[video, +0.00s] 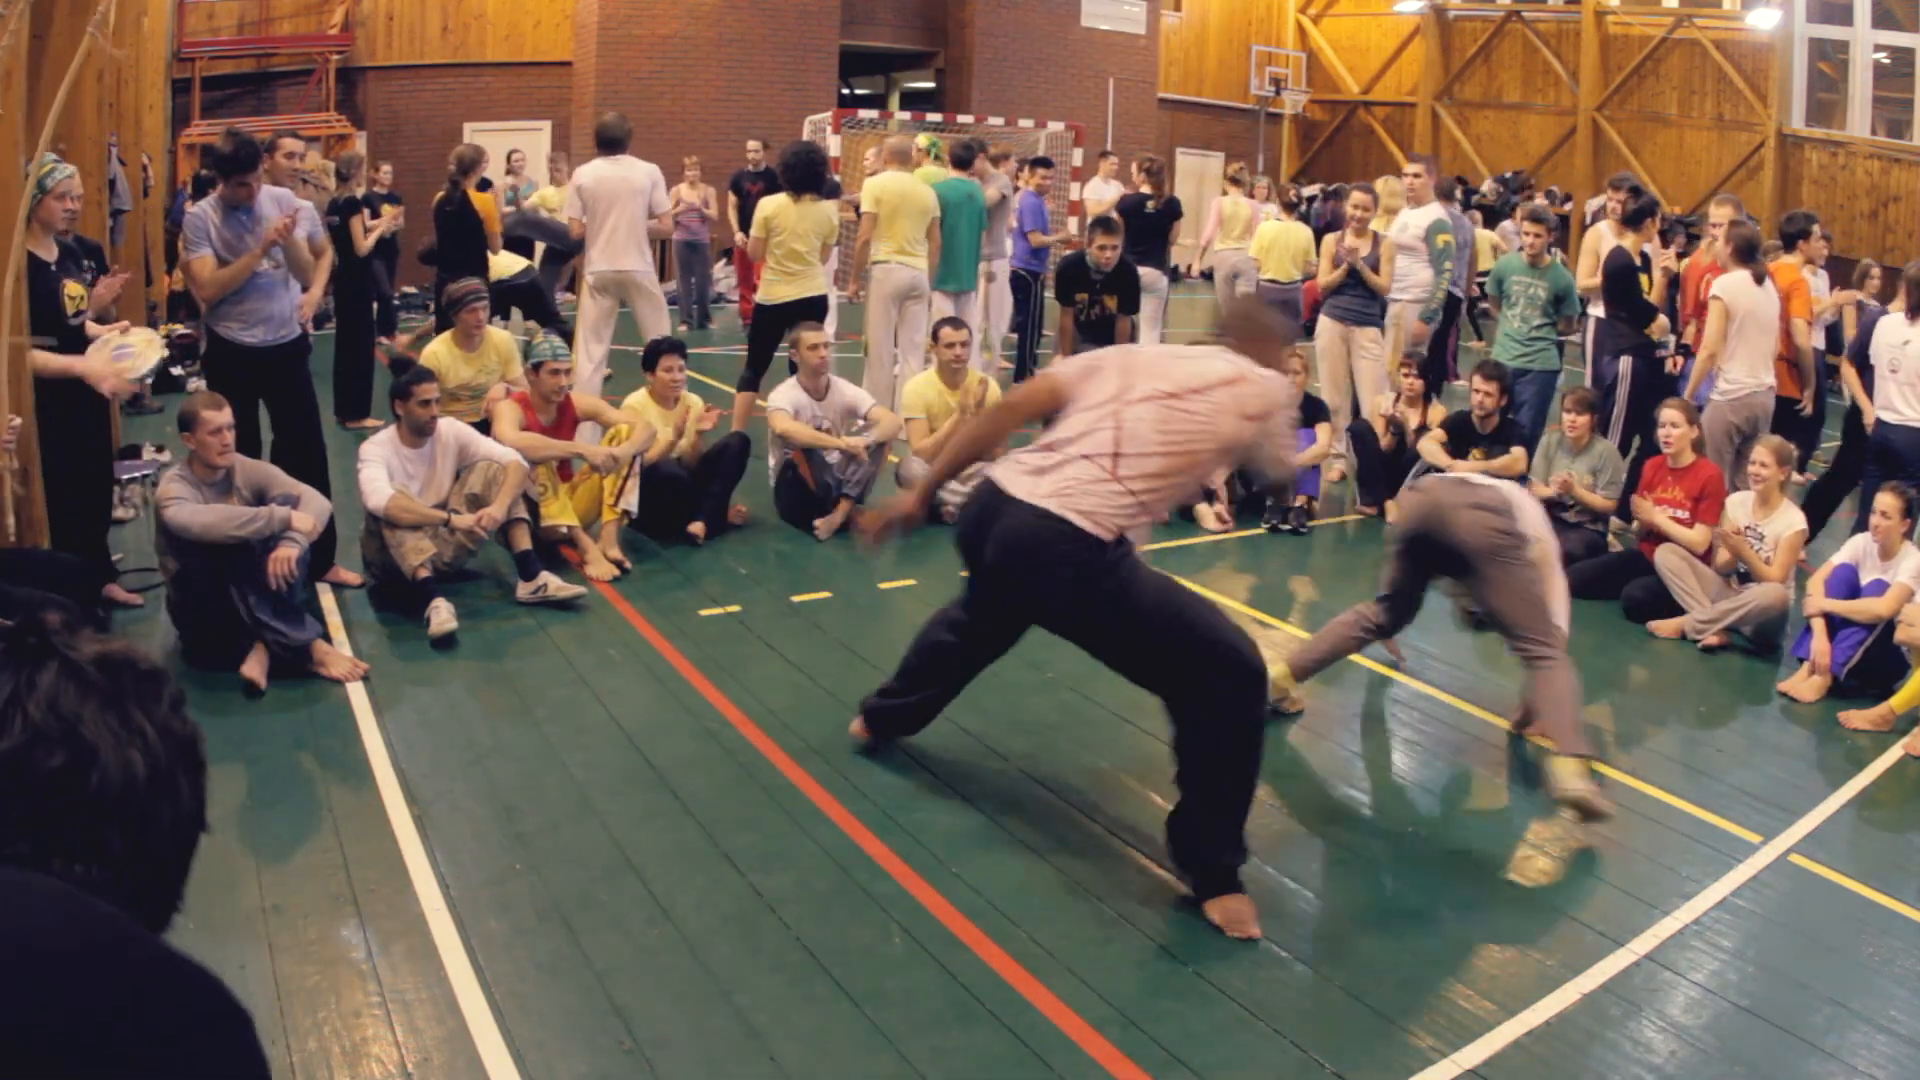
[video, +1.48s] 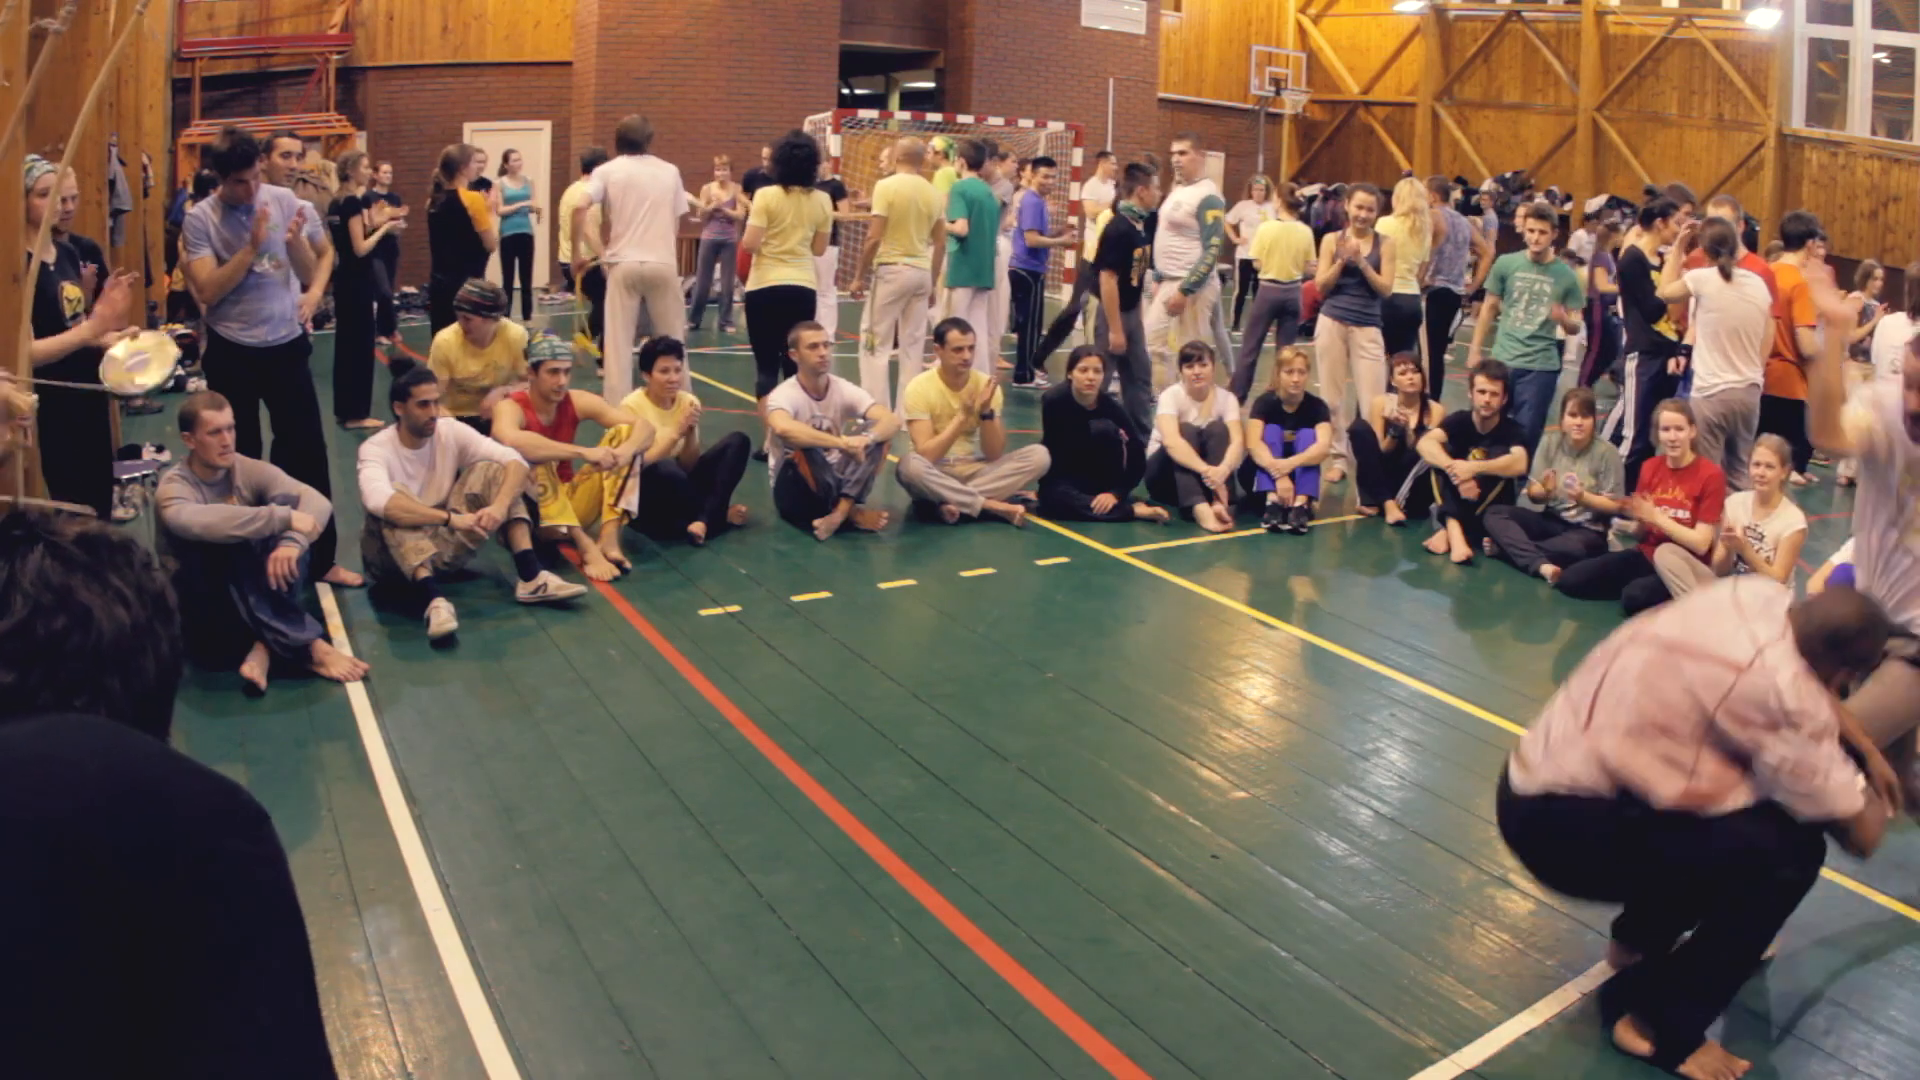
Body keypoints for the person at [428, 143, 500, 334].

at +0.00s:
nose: (486, 167)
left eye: (486, 163)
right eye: (484, 163)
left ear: (456, 165)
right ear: (476, 168)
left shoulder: (439, 199)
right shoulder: (485, 200)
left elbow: (441, 240)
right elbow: (495, 246)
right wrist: (497, 206)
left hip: (446, 276)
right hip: (474, 278)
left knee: (443, 332)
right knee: (474, 333)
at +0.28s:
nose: (486, 168)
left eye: (485, 163)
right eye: (484, 164)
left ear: (457, 165)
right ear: (478, 168)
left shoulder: (440, 200)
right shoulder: (485, 200)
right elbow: (497, 245)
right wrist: (495, 210)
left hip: (446, 280)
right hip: (475, 280)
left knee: (445, 337)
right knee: (474, 336)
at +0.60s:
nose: (485, 168)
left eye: (485, 163)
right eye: (483, 163)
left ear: (455, 165)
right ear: (475, 168)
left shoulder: (440, 200)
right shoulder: (484, 201)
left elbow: (444, 240)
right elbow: (493, 247)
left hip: (446, 279)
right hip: (475, 280)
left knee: (445, 337)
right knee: (474, 337)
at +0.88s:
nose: (485, 169)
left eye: (485, 163)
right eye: (483, 163)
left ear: (455, 168)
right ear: (471, 168)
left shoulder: (438, 202)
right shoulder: (479, 201)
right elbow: (496, 246)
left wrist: (489, 206)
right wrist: (501, 213)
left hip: (445, 278)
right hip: (473, 280)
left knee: (445, 338)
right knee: (472, 340)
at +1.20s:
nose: (482, 168)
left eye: (482, 163)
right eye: (479, 163)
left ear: (451, 168)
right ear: (468, 168)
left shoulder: (438, 199)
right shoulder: (476, 200)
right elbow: (494, 245)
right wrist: (495, 213)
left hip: (442, 282)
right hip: (471, 284)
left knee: (442, 342)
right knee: (469, 343)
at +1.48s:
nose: (477, 167)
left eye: (477, 162)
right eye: (474, 163)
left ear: (447, 168)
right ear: (463, 167)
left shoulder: (434, 200)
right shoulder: (472, 199)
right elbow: (491, 243)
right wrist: (492, 211)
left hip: (440, 281)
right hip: (468, 282)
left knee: (441, 345)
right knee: (467, 345)